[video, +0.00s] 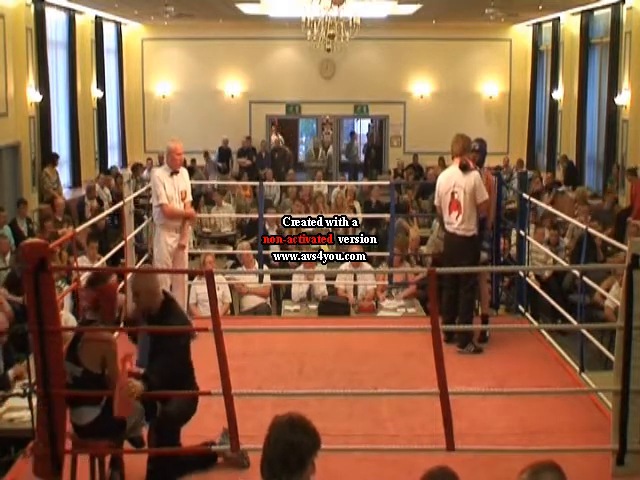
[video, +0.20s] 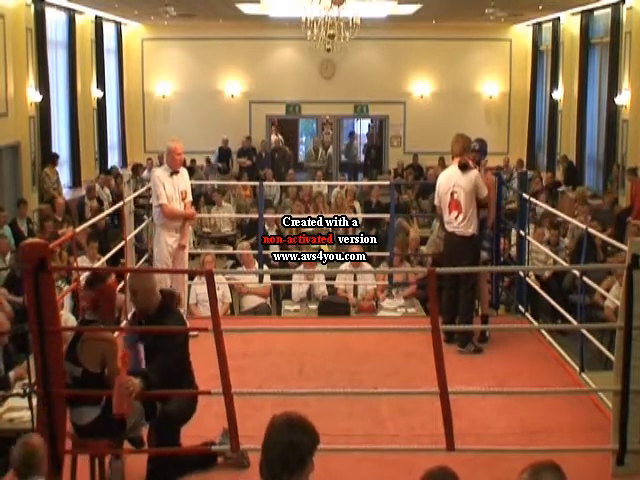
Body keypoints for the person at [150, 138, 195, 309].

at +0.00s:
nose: (179, 158)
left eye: (181, 154)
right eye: (175, 155)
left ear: (183, 156)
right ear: (167, 157)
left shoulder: (184, 173)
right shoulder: (158, 174)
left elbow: (187, 201)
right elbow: (165, 209)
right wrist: (187, 213)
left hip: (183, 227)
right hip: (165, 227)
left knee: (181, 270)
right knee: (163, 270)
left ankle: (181, 310)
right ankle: (163, 310)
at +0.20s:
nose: (179, 158)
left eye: (181, 155)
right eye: (175, 155)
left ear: (183, 156)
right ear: (166, 157)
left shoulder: (184, 173)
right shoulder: (158, 174)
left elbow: (188, 204)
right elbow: (165, 208)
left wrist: (184, 235)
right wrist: (186, 213)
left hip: (183, 226)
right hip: (166, 227)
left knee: (181, 269)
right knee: (163, 268)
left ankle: (181, 309)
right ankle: (163, 308)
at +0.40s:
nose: (180, 158)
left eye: (182, 154)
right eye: (176, 155)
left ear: (183, 156)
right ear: (167, 157)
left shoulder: (184, 173)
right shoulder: (158, 174)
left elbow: (189, 203)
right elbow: (165, 208)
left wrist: (184, 235)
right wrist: (187, 213)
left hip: (182, 228)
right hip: (165, 229)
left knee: (181, 272)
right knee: (163, 272)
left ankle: (180, 316)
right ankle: (161, 315)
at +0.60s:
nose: (181, 158)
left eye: (182, 154)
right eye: (177, 155)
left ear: (183, 156)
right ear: (167, 157)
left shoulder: (184, 173)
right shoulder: (158, 174)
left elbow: (188, 203)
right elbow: (165, 208)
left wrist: (185, 234)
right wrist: (187, 213)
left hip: (182, 227)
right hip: (166, 227)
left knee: (181, 272)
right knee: (163, 272)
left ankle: (180, 316)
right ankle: (161, 317)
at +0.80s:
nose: (181, 158)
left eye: (183, 154)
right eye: (178, 155)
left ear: (184, 156)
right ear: (168, 156)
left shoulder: (185, 173)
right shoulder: (158, 174)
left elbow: (188, 205)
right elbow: (165, 209)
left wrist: (185, 235)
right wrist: (186, 214)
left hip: (183, 228)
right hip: (165, 228)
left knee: (181, 271)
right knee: (164, 270)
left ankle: (181, 310)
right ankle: (162, 309)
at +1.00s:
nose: (182, 158)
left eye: (183, 154)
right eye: (178, 155)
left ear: (184, 156)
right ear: (169, 156)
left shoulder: (185, 173)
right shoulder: (158, 174)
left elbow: (189, 205)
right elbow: (165, 210)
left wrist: (185, 234)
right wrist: (187, 214)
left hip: (183, 228)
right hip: (165, 228)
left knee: (181, 271)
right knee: (164, 270)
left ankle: (181, 309)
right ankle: (162, 309)